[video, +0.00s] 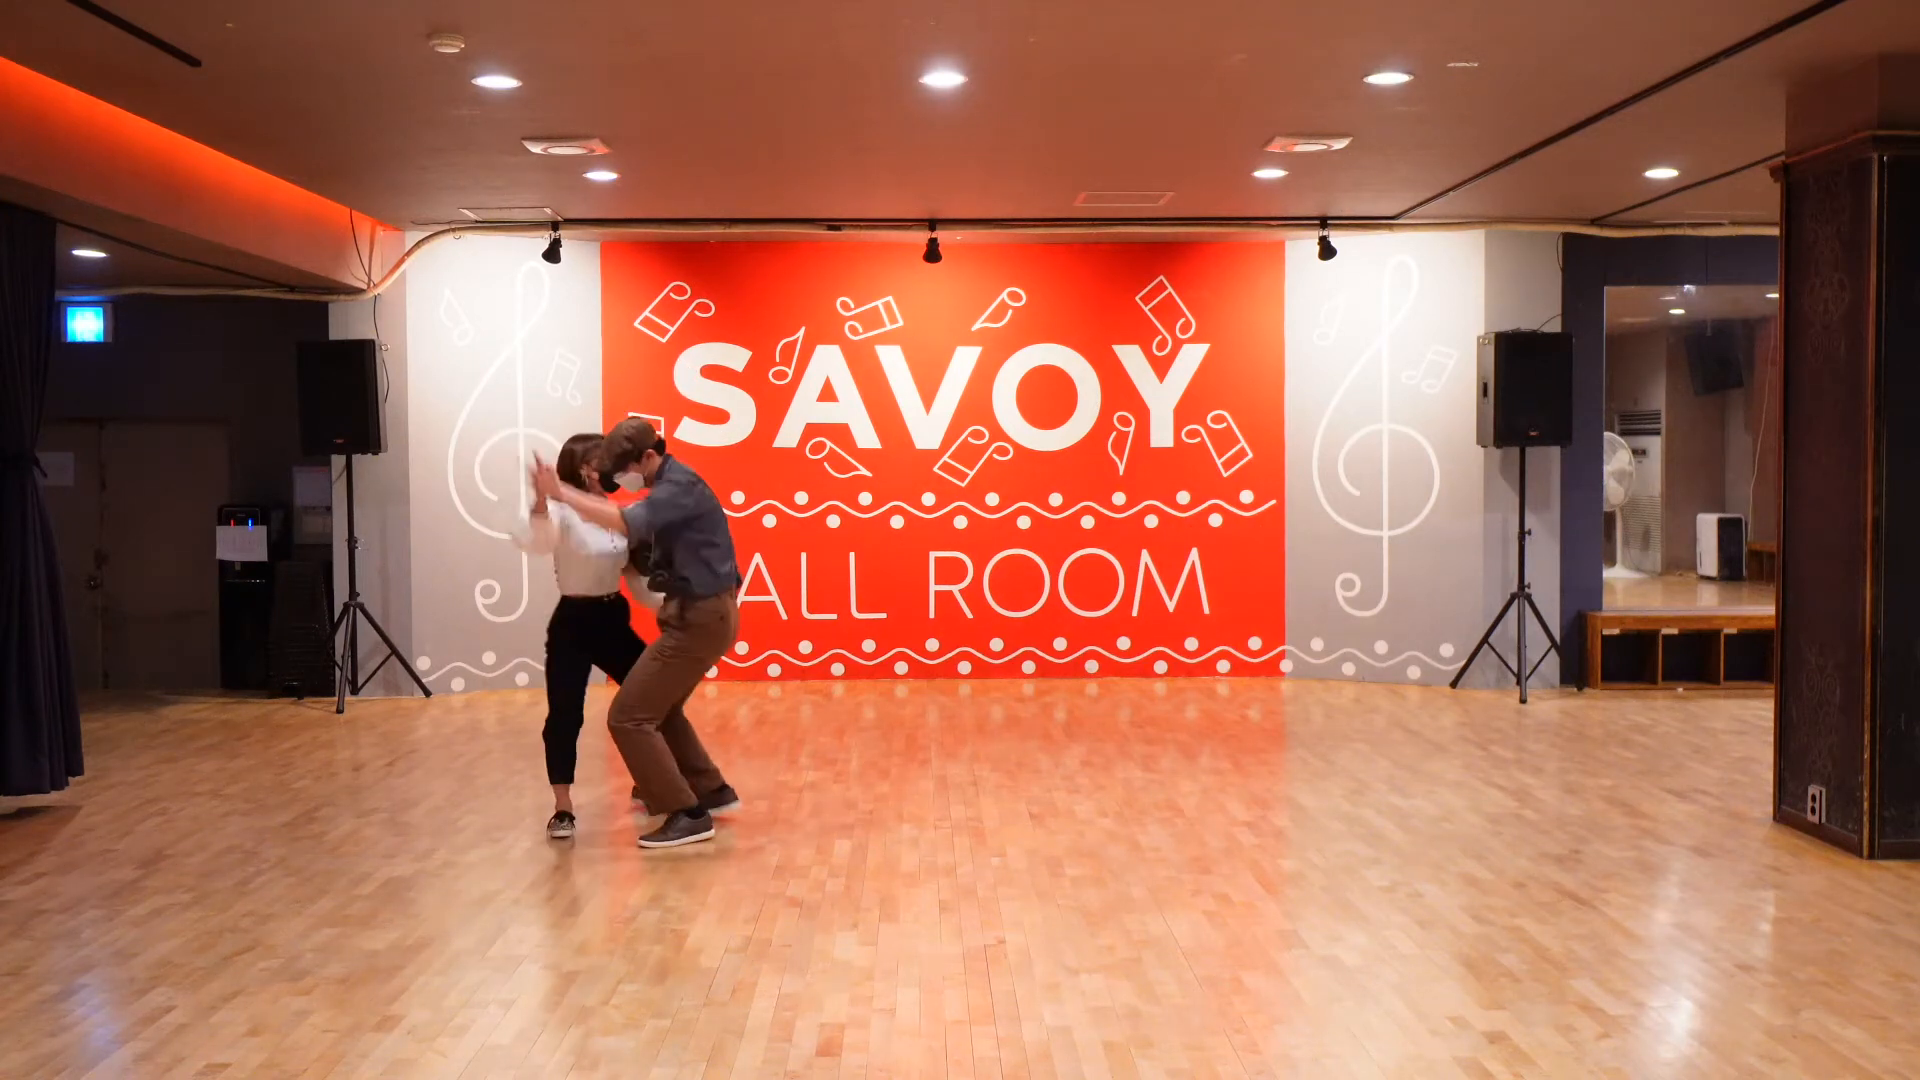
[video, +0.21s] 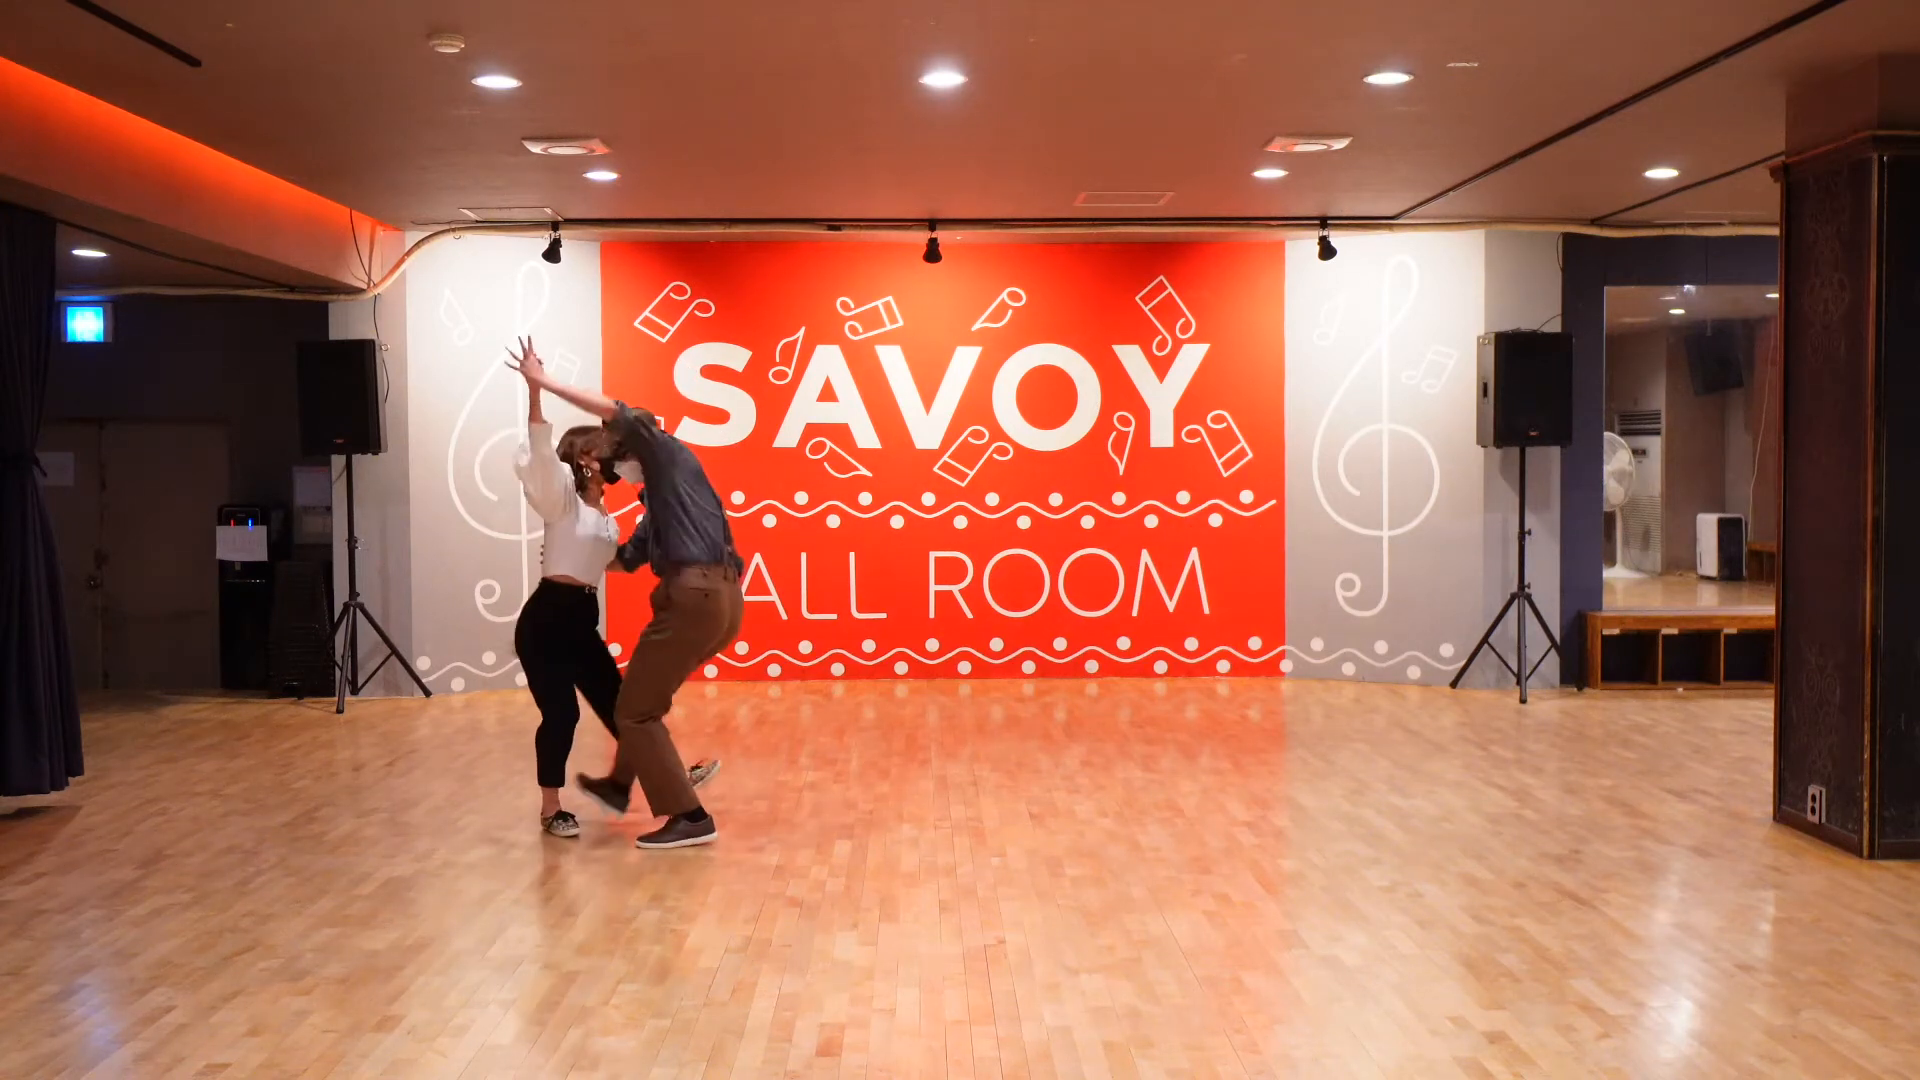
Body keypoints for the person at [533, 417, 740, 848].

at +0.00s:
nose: (628, 480)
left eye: (628, 471)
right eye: (622, 474)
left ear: (647, 457)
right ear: (651, 453)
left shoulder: (677, 488)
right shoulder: (671, 480)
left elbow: (625, 520)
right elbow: (627, 518)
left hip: (703, 618)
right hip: (705, 612)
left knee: (628, 718)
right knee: (657, 707)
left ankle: (684, 814)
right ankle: (709, 787)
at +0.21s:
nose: (615, 474)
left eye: (613, 462)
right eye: (609, 468)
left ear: (631, 442)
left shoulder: (664, 450)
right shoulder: (663, 504)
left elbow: (614, 412)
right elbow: (627, 557)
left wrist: (546, 384)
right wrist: (573, 546)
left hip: (695, 597)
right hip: (724, 599)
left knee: (633, 712)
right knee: (640, 692)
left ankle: (687, 816)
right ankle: (619, 785)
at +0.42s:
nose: (614, 462)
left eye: (617, 452)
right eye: (613, 453)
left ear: (635, 442)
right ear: (653, 438)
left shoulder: (670, 460)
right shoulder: (665, 501)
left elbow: (604, 457)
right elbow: (631, 564)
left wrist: (561, 415)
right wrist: (573, 560)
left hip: (701, 610)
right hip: (708, 609)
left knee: (633, 719)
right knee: (636, 706)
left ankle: (683, 818)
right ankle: (651, 793)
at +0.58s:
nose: (622, 456)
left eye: (628, 447)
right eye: (621, 448)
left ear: (653, 448)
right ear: (653, 450)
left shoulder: (680, 495)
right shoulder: (665, 494)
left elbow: (640, 567)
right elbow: (641, 563)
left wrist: (593, 523)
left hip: (705, 628)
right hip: (693, 625)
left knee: (629, 720)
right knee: (655, 714)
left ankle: (683, 819)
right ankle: (711, 798)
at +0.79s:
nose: (621, 442)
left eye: (627, 434)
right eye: (621, 435)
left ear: (650, 437)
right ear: (644, 438)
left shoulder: (692, 491)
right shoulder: (647, 477)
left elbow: (698, 584)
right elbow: (622, 506)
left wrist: (631, 610)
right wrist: (584, 493)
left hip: (718, 601)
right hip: (701, 599)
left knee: (643, 678)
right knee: (671, 699)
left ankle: (645, 796)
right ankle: (716, 794)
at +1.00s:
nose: (629, 453)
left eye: (634, 443)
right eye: (628, 445)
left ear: (657, 444)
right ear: (655, 443)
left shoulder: (689, 502)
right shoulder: (651, 480)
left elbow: (699, 591)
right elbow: (622, 509)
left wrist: (655, 637)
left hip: (716, 610)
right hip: (689, 606)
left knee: (667, 704)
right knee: (659, 699)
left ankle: (620, 812)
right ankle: (716, 793)